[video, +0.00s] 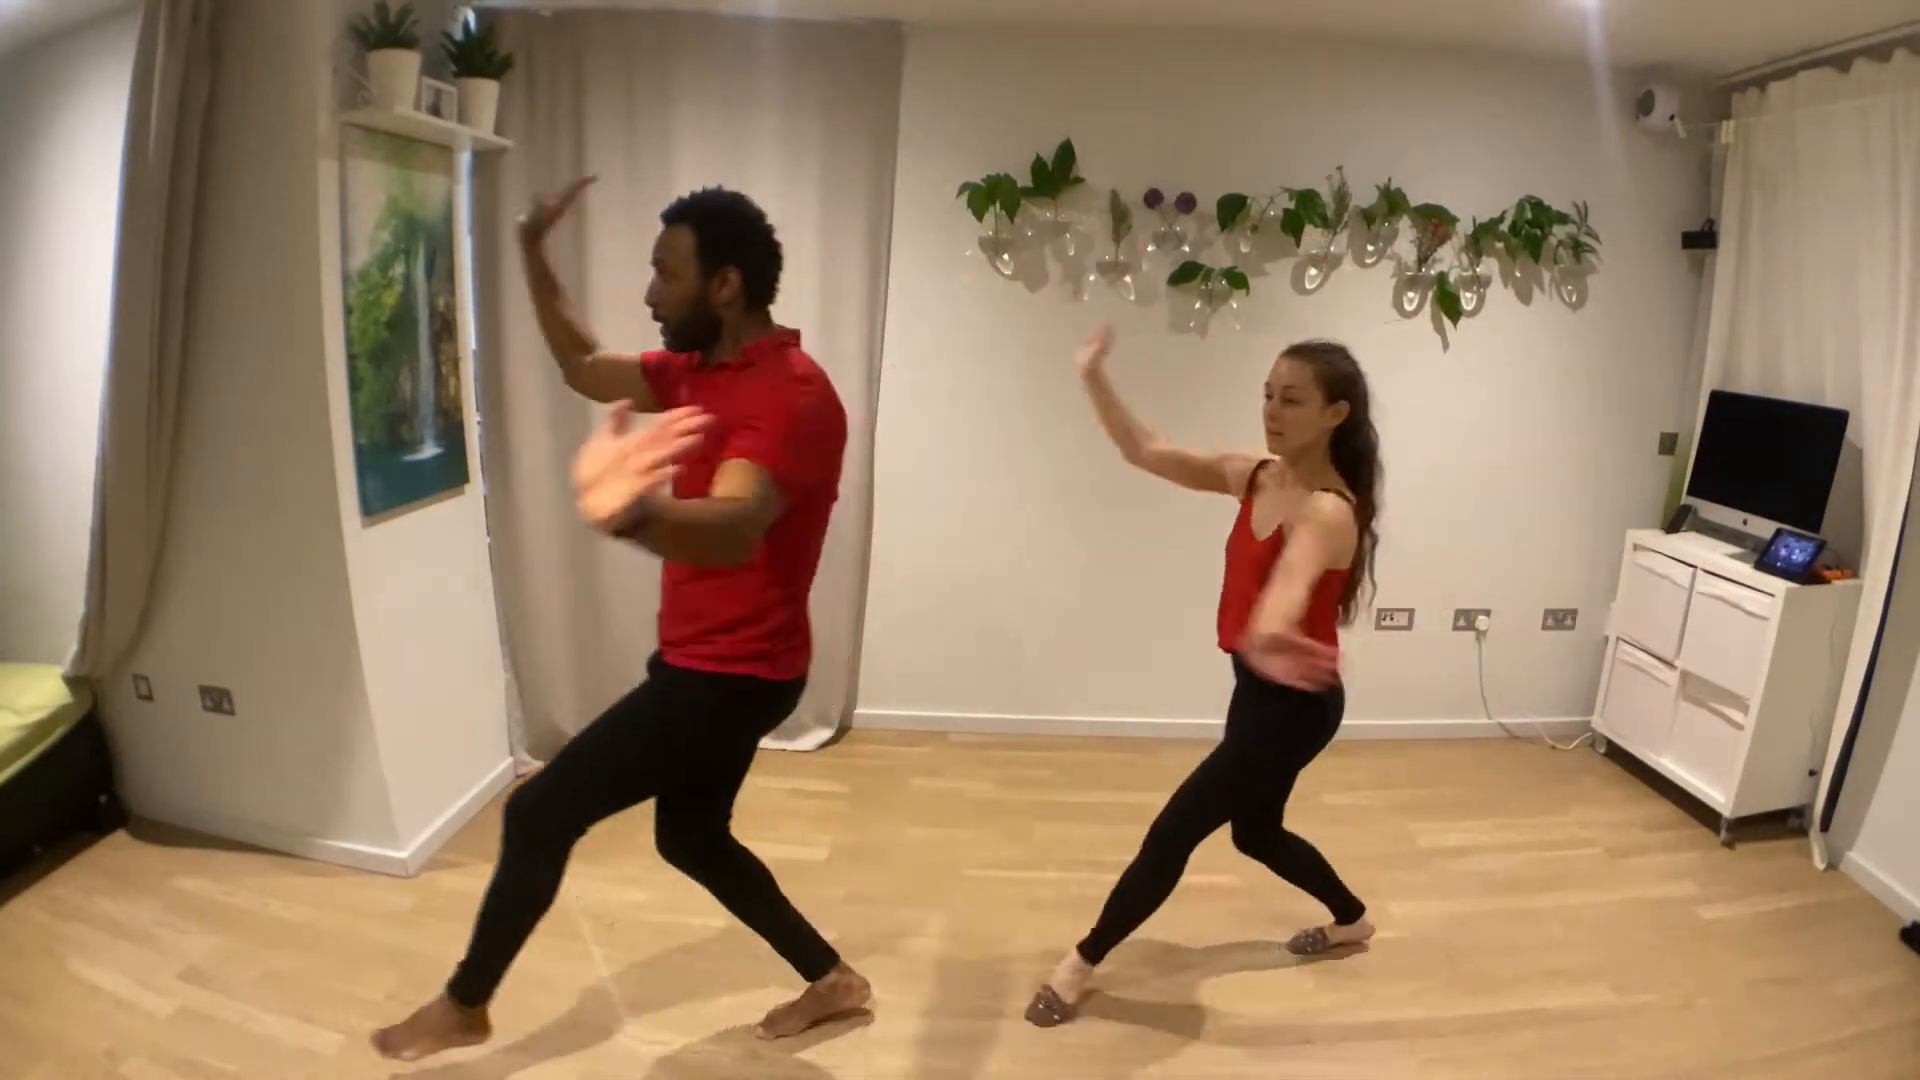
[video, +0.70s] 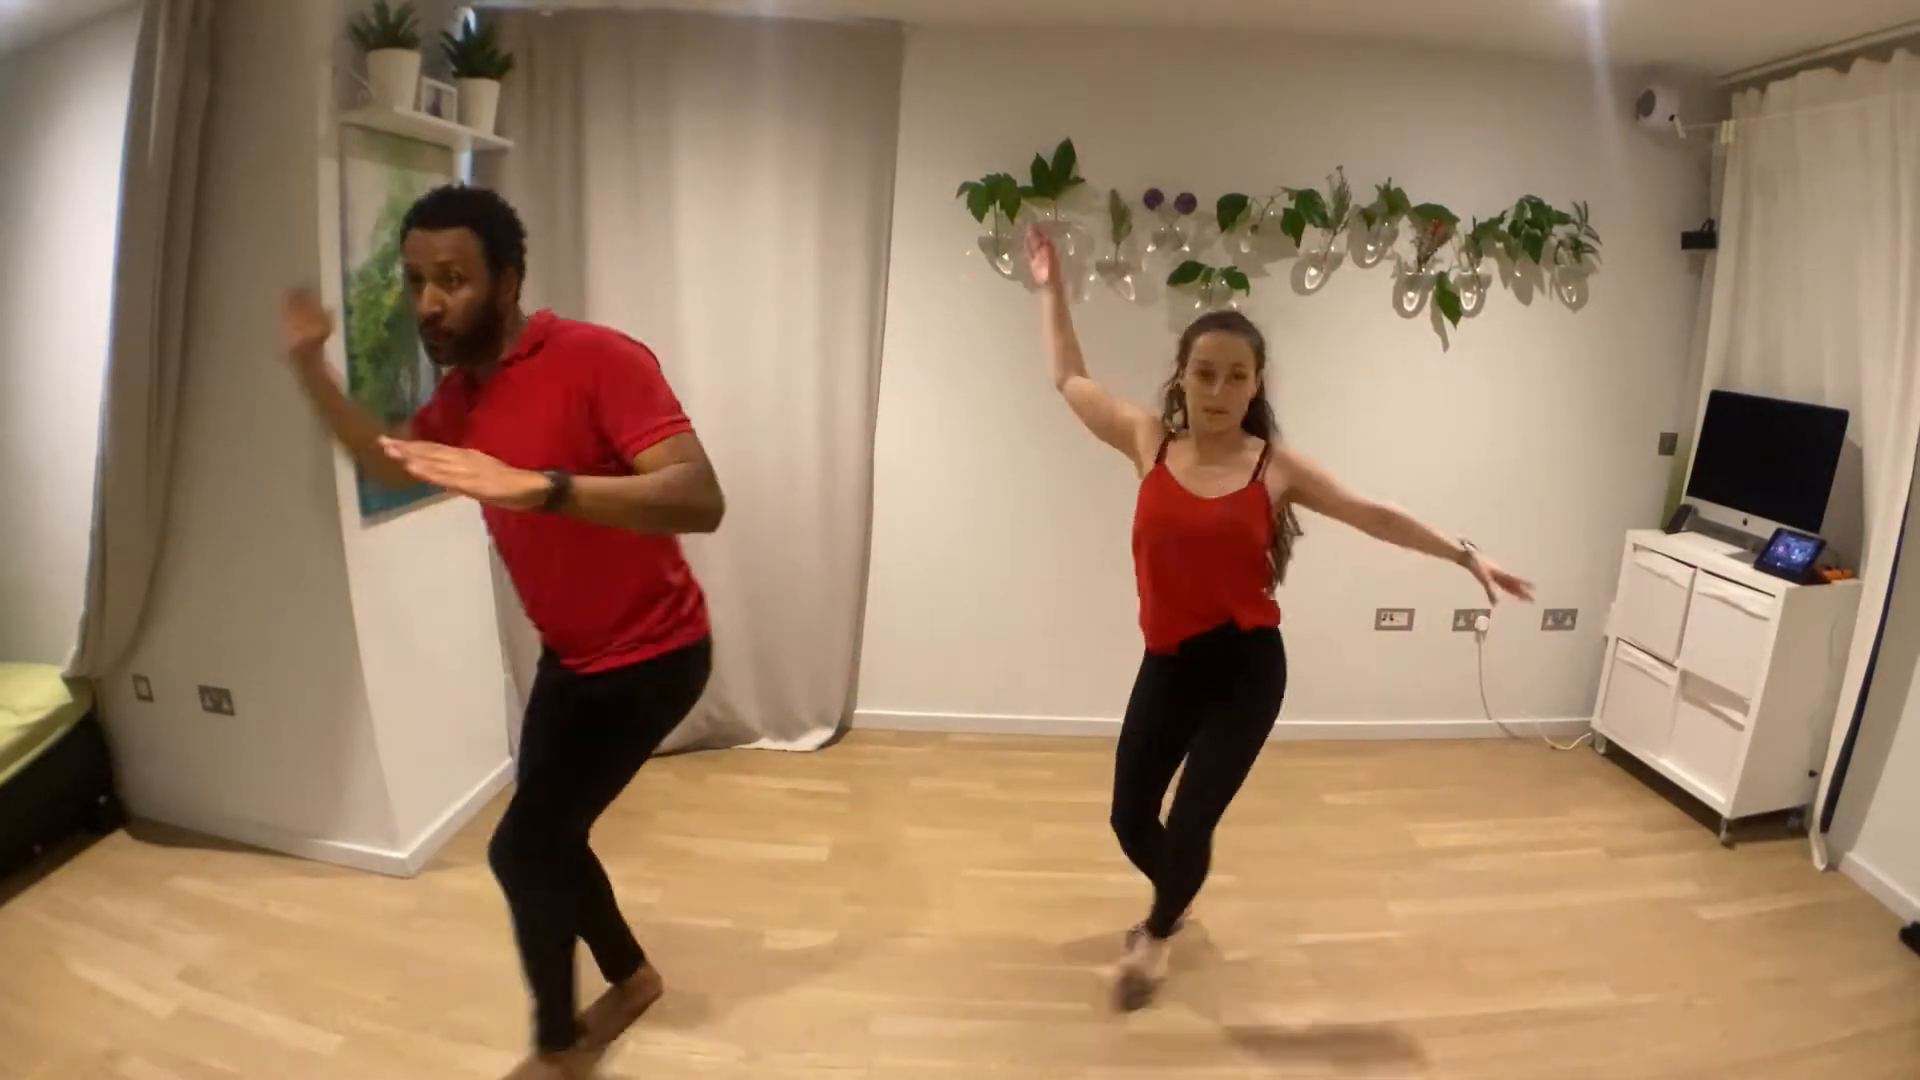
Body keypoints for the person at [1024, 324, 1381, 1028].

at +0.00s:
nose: (1270, 409)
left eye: (1289, 398)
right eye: (1269, 394)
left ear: (1336, 415)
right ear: (1264, 397)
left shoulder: (1328, 513)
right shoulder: (1254, 472)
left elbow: (1292, 585)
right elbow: (1147, 451)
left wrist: (1267, 627)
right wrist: (1096, 379)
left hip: (1298, 701)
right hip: (1256, 686)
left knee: (1177, 826)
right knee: (1257, 833)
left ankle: (1081, 963)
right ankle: (1352, 918)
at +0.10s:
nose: (1233, 417)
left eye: (1253, 407)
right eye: (1231, 402)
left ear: (1299, 422)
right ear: (1227, 402)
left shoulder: (1287, 517)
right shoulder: (1217, 478)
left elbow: (1190, 577)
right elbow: (1099, 471)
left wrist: (1107, 599)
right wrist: (1028, 405)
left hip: (1258, 711)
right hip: (1220, 701)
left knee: (1132, 843)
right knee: (1223, 843)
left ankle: (1076, 970)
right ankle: (1341, 905)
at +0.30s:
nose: (1175, 423)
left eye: (1195, 412)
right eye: (1174, 408)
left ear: (1241, 427)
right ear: (1172, 408)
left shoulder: (1222, 515)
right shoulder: (1175, 475)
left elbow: (1121, 581)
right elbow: (1081, 453)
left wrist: (996, 602)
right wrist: (1022, 427)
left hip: (1207, 716)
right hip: (1161, 703)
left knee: (1091, 857)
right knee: (1107, 844)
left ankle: (1074, 973)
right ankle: (1224, 881)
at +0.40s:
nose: (1165, 422)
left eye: (1184, 412)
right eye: (1164, 407)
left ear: (1232, 426)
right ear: (1165, 410)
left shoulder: (1217, 508)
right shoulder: (1171, 466)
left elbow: (1162, 583)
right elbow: (1104, 428)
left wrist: (1062, 641)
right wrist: (1065, 395)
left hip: (1196, 709)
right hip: (1148, 694)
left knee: (1087, 850)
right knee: (1074, 843)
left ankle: (1076, 971)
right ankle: (1163, 880)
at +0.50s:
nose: (1168, 420)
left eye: (1188, 409)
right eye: (1167, 403)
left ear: (1232, 420)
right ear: (1160, 404)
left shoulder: (1231, 501)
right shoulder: (1167, 458)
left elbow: (1275, 567)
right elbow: (1107, 391)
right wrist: (1078, 338)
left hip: (1202, 692)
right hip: (1144, 678)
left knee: (1092, 849)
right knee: (1096, 831)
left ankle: (1074, 970)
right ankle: (1156, 889)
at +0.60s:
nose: (1190, 404)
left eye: (1210, 393)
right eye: (1181, 387)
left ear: (1241, 405)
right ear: (1169, 389)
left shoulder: (1253, 489)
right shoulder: (1146, 441)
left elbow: (1357, 552)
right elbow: (1092, 373)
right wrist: (1071, 290)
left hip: (1223, 680)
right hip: (1157, 671)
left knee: (1132, 831)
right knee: (1116, 826)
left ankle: (1074, 972)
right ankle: (1171, 900)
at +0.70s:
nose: (1220, 389)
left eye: (1236, 376)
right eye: (1206, 373)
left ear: (1256, 384)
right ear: (1181, 378)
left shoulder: (1273, 466)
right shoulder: (1149, 438)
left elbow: (1371, 516)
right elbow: (1070, 380)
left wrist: (1466, 557)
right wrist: (1049, 289)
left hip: (1246, 662)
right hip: (1169, 663)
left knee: (1187, 820)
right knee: (1129, 818)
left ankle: (1149, 939)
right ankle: (1178, 891)